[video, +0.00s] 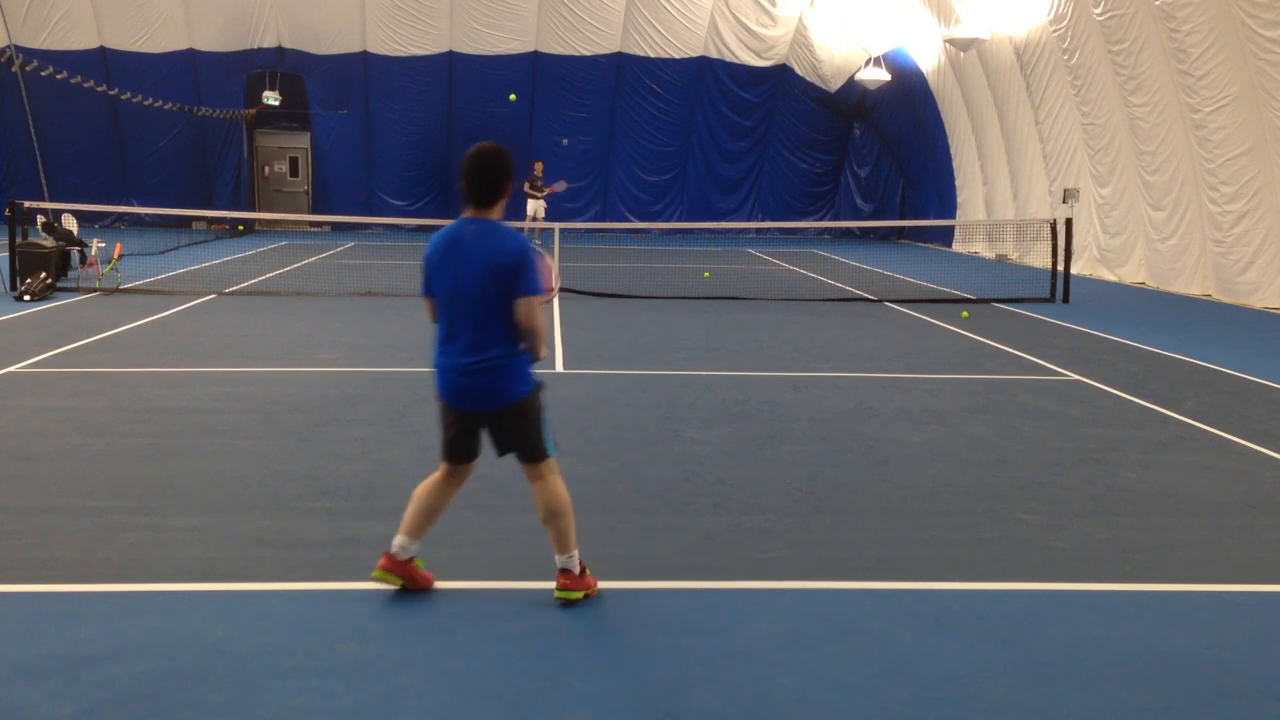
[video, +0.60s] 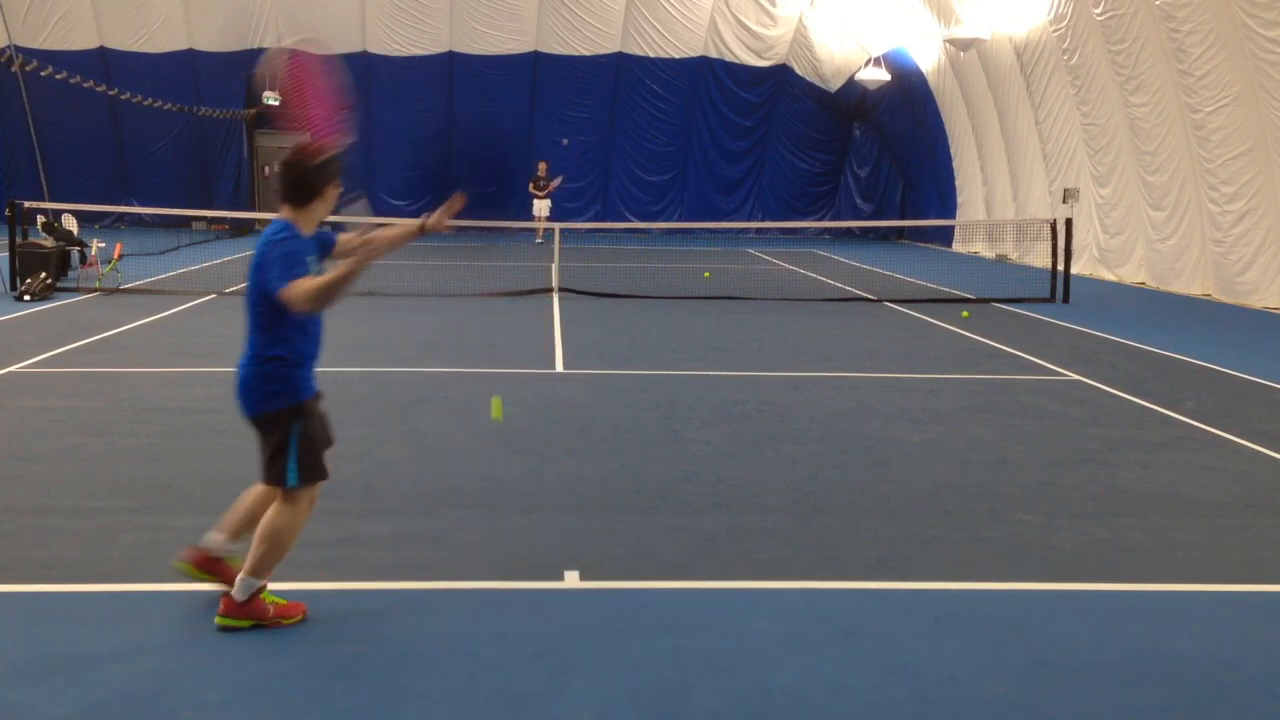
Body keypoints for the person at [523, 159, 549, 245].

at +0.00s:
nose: (539, 167)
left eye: (540, 165)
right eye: (537, 165)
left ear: (542, 167)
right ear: (534, 166)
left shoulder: (542, 178)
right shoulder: (531, 177)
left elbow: (540, 188)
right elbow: (525, 188)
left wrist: (546, 191)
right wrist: (537, 194)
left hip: (540, 200)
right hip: (531, 200)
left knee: (540, 219)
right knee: (529, 218)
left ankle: (537, 238)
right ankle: (525, 237)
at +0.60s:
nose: (542, 167)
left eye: (543, 166)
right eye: (540, 165)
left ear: (546, 167)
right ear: (538, 167)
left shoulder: (548, 178)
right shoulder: (534, 178)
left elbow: (551, 187)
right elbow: (530, 189)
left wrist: (545, 192)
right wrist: (538, 193)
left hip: (545, 200)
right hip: (537, 200)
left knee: (543, 218)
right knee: (537, 218)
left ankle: (540, 236)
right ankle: (538, 236)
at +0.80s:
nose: (544, 166)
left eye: (546, 164)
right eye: (543, 164)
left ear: (549, 166)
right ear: (541, 165)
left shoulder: (552, 176)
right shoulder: (538, 176)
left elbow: (557, 186)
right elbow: (533, 186)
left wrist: (549, 191)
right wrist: (541, 191)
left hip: (549, 198)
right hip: (540, 199)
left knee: (551, 217)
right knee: (539, 217)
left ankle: (552, 236)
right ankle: (539, 237)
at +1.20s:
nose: (552, 166)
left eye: (554, 164)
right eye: (551, 164)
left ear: (557, 165)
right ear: (548, 165)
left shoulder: (560, 175)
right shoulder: (545, 174)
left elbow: (565, 184)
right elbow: (542, 183)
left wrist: (561, 189)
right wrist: (549, 191)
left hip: (558, 197)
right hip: (548, 197)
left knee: (561, 216)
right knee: (546, 216)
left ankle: (562, 234)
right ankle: (543, 235)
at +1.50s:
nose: (556, 171)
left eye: (558, 169)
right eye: (555, 169)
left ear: (561, 170)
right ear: (553, 171)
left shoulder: (566, 179)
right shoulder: (553, 180)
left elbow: (568, 190)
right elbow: (551, 188)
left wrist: (557, 191)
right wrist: (552, 194)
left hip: (565, 201)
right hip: (556, 200)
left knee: (566, 219)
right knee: (552, 218)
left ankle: (570, 237)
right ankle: (545, 236)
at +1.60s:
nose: (558, 171)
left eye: (559, 169)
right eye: (556, 169)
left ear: (563, 169)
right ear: (555, 170)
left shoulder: (567, 178)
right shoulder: (556, 179)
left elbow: (566, 189)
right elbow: (555, 191)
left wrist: (555, 186)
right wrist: (552, 189)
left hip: (568, 200)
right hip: (560, 199)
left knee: (567, 219)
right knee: (556, 218)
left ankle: (570, 237)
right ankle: (552, 236)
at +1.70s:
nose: (558, 170)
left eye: (560, 168)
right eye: (557, 168)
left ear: (563, 168)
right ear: (556, 169)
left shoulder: (567, 176)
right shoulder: (559, 177)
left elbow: (561, 185)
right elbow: (555, 188)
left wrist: (551, 180)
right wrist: (548, 181)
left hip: (571, 198)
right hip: (563, 198)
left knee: (569, 216)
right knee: (561, 216)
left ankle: (571, 237)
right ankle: (563, 236)